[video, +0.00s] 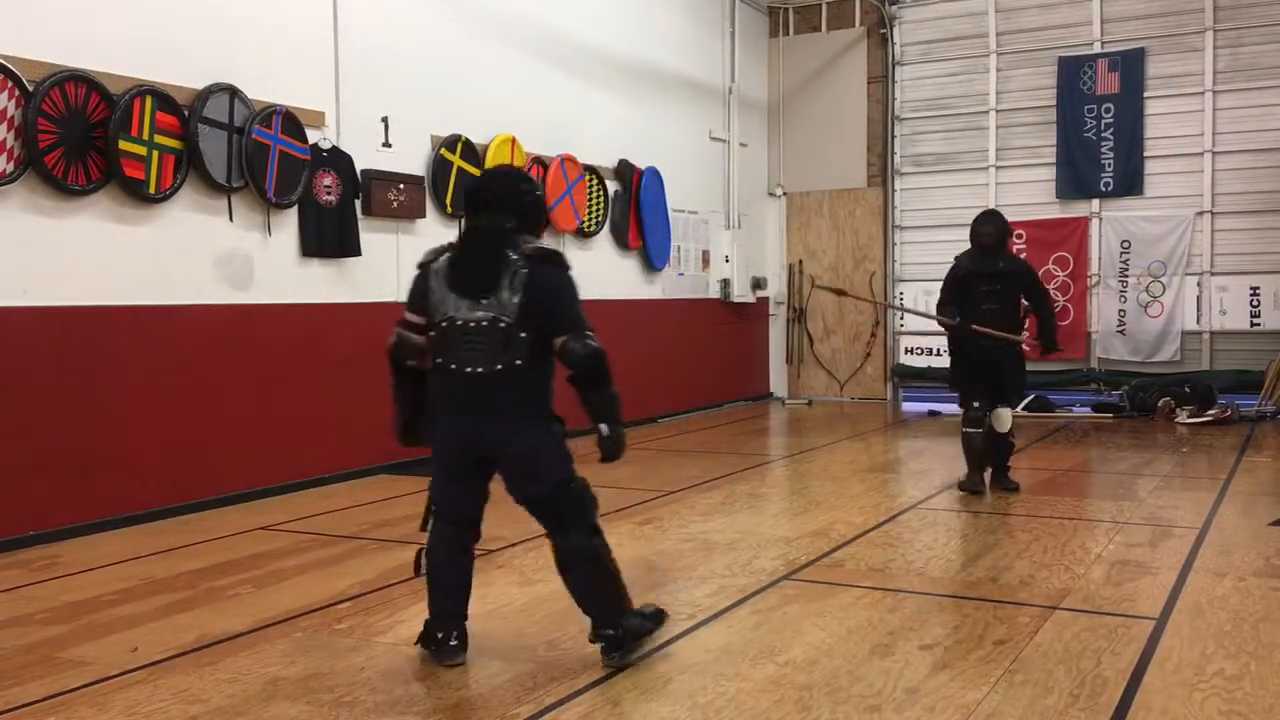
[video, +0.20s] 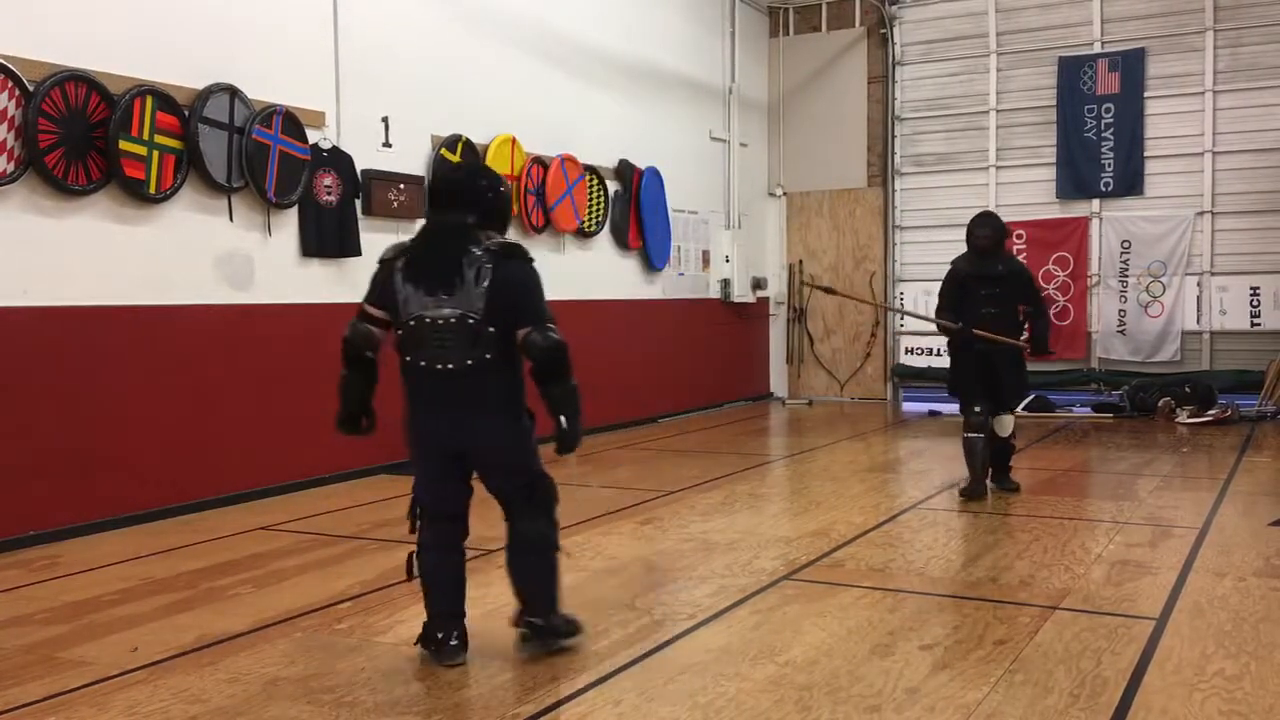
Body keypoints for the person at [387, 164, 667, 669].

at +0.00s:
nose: (544, 219)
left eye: (540, 209)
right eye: (538, 209)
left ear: (475, 212)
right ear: (526, 215)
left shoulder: (435, 268)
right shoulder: (542, 270)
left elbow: (409, 346)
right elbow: (581, 352)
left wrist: (411, 412)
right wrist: (607, 416)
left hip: (454, 423)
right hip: (521, 424)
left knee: (451, 526)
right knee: (570, 519)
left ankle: (445, 633)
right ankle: (614, 623)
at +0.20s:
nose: (505, 208)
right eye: (499, 200)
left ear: (435, 202)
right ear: (487, 205)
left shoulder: (397, 263)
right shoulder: (507, 263)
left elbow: (362, 337)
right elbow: (543, 347)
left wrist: (355, 399)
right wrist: (565, 409)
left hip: (430, 420)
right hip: (493, 419)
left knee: (439, 521)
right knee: (531, 504)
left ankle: (445, 632)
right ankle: (539, 616)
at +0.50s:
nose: (481, 222)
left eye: (480, 213)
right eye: (476, 213)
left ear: (412, 211)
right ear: (463, 214)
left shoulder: (375, 268)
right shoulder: (479, 265)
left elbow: (356, 344)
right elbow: (516, 342)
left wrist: (371, 405)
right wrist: (537, 404)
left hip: (407, 414)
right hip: (470, 411)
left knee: (424, 513)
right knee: (465, 508)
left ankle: (442, 628)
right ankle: (450, 614)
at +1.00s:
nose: (450, 223)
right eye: (444, 216)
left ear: (388, 215)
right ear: (436, 218)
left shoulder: (352, 261)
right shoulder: (452, 268)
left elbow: (326, 330)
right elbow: (486, 341)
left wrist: (344, 385)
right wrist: (508, 396)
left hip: (374, 398)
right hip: (434, 399)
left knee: (361, 481)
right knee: (433, 486)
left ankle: (370, 569)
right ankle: (433, 587)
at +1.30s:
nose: (409, 235)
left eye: (407, 227)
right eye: (405, 227)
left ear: (354, 227)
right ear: (393, 233)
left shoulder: (317, 269)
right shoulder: (391, 280)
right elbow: (427, 338)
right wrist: (458, 359)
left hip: (320, 409)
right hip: (377, 412)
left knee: (321, 485)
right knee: (411, 489)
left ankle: (292, 575)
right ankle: (428, 584)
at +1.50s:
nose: (379, 241)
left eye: (378, 232)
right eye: (373, 232)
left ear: (328, 232)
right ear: (355, 236)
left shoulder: (303, 270)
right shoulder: (336, 281)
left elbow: (311, 345)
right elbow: (341, 345)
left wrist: (367, 373)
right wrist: (386, 369)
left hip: (274, 395)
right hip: (304, 400)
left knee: (303, 481)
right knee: (348, 476)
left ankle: (292, 574)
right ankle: (356, 585)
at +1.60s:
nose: (366, 239)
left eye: (364, 229)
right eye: (360, 230)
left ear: (313, 230)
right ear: (339, 234)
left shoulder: (321, 272)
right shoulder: (306, 283)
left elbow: (338, 331)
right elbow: (312, 356)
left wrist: (360, 361)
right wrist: (355, 391)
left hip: (286, 394)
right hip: (269, 399)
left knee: (310, 479)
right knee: (309, 481)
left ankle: (292, 577)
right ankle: (301, 586)